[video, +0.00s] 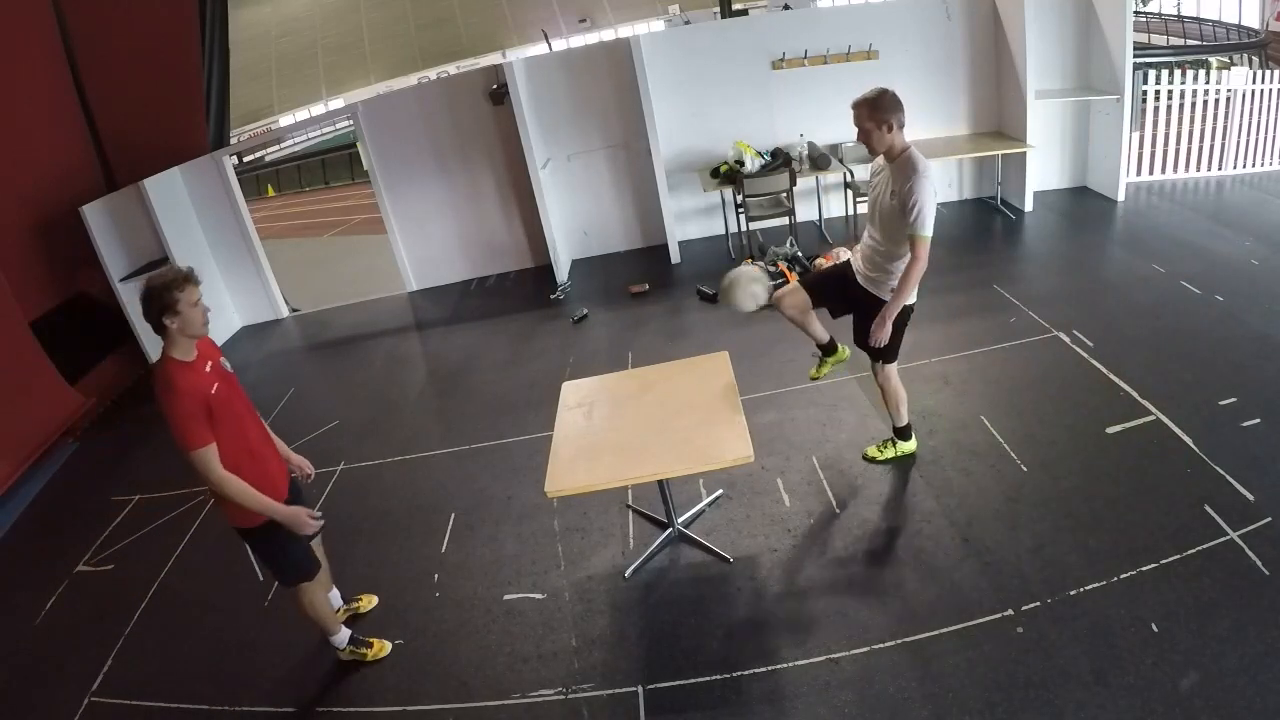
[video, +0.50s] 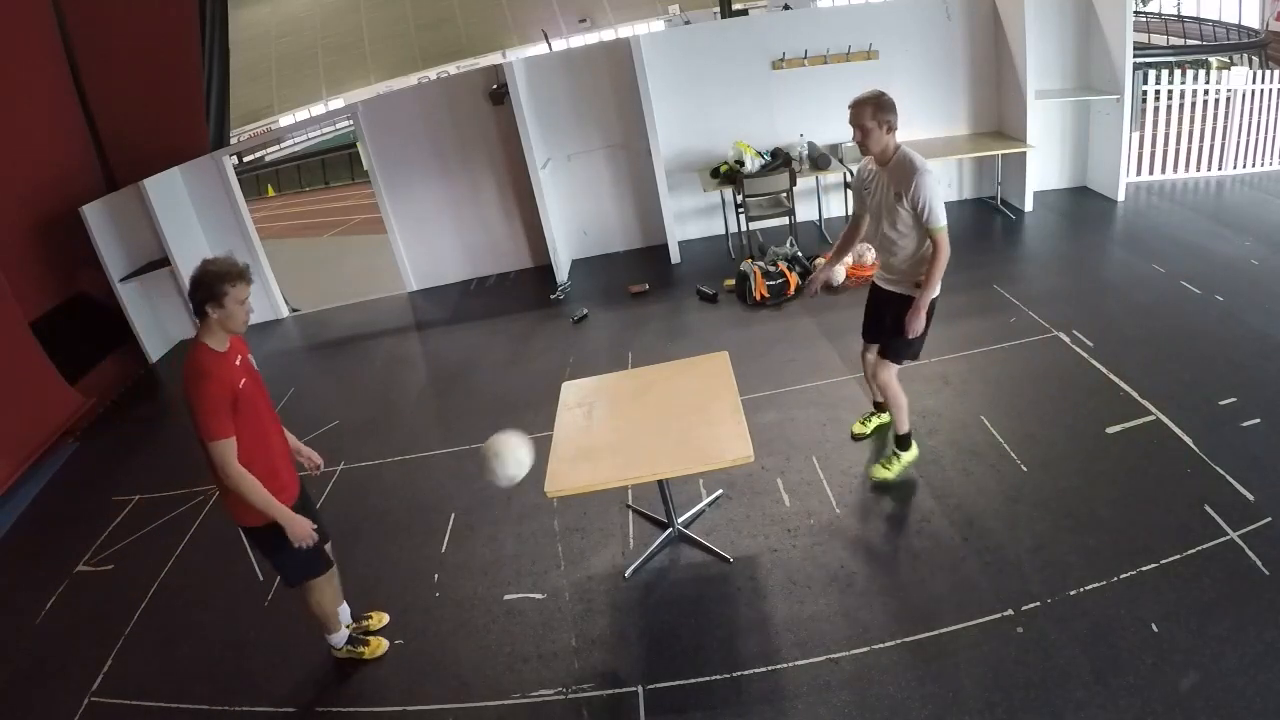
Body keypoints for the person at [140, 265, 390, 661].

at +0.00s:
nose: (206, 308)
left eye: (202, 300)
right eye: (196, 304)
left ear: (176, 318)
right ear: (170, 321)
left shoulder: (203, 347)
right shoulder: (176, 385)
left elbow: (244, 412)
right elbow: (214, 475)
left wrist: (284, 452)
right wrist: (283, 513)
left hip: (276, 477)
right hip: (254, 507)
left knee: (312, 541)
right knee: (305, 574)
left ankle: (335, 606)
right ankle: (342, 642)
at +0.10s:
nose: (212, 305)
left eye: (208, 297)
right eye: (203, 301)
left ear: (184, 314)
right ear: (176, 318)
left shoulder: (208, 346)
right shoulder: (180, 381)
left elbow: (250, 409)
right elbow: (218, 472)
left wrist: (292, 451)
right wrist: (290, 506)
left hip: (279, 476)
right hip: (258, 505)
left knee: (312, 540)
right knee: (308, 574)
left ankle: (336, 607)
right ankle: (342, 643)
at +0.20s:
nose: (221, 305)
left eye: (217, 297)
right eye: (212, 301)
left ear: (191, 314)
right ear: (185, 317)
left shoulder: (215, 346)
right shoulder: (187, 381)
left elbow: (253, 407)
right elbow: (223, 471)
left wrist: (298, 449)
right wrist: (293, 506)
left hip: (280, 476)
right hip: (260, 503)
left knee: (312, 543)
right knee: (311, 572)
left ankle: (336, 605)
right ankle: (343, 642)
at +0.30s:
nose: (231, 307)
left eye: (228, 299)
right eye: (222, 302)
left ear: (201, 313)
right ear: (194, 316)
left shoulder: (219, 345)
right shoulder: (195, 380)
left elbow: (255, 410)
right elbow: (226, 470)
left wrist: (301, 447)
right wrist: (292, 509)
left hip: (281, 479)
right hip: (260, 506)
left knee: (319, 537)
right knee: (310, 574)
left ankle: (337, 608)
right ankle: (344, 643)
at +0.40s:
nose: (241, 307)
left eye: (239, 298)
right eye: (232, 301)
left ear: (211, 310)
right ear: (204, 312)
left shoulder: (225, 344)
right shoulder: (202, 378)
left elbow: (254, 414)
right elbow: (229, 469)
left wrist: (299, 445)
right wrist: (289, 514)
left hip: (286, 481)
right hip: (262, 508)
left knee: (324, 539)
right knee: (311, 576)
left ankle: (345, 618)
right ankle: (344, 643)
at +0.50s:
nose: (250, 308)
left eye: (249, 299)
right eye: (242, 302)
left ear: (219, 309)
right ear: (212, 311)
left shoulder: (233, 344)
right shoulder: (206, 375)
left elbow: (256, 412)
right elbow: (228, 468)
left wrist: (293, 444)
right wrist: (286, 516)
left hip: (287, 483)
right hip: (266, 507)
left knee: (323, 552)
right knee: (313, 573)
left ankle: (345, 621)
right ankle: (341, 642)